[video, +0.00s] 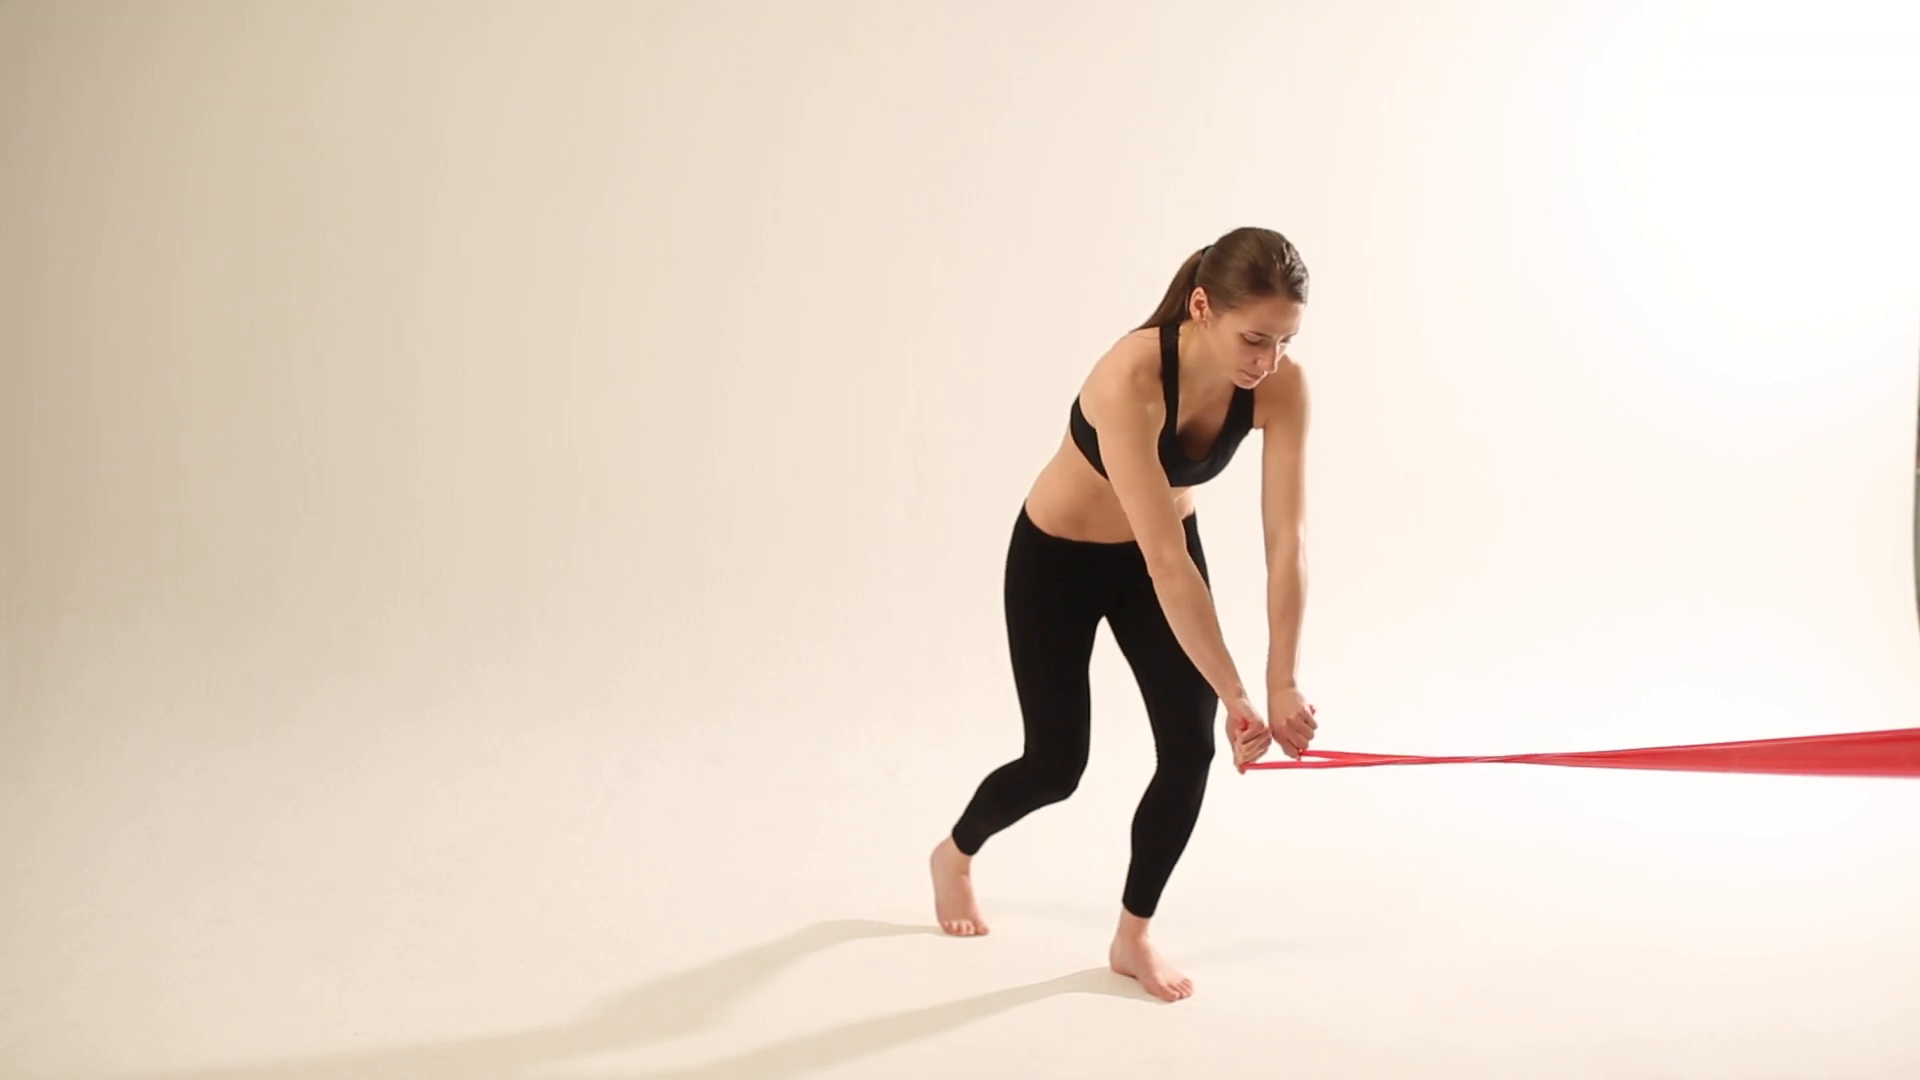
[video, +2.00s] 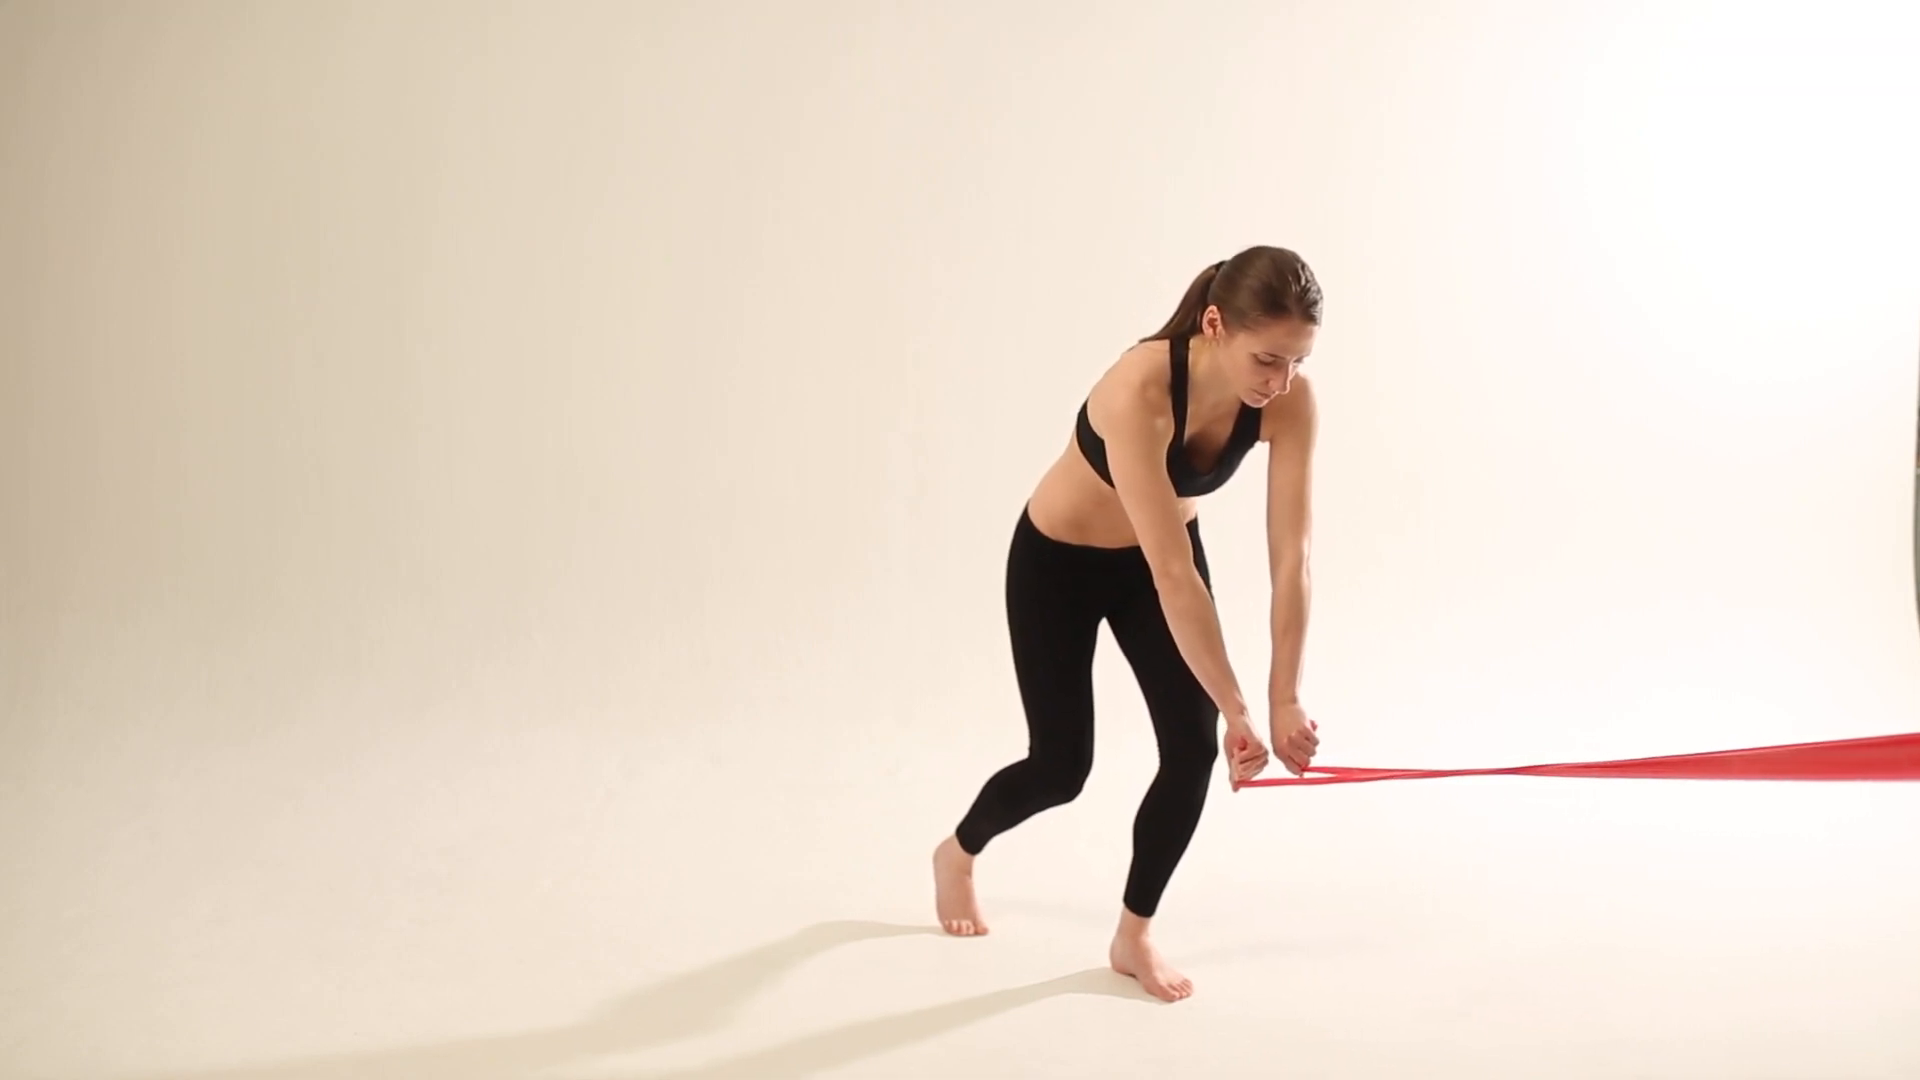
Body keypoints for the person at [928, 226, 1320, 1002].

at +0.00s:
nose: (1272, 359)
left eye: (1285, 340)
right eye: (1257, 338)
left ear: (1298, 321)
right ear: (1201, 309)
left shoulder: (1279, 384)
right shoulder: (1128, 378)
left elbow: (1285, 541)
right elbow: (1166, 562)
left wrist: (1282, 681)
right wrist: (1234, 695)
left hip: (1162, 557)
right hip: (1058, 558)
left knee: (1186, 753)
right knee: (1056, 764)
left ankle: (1132, 931)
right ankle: (954, 851)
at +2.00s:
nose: (1283, 379)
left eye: (1296, 361)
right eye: (1269, 358)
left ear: (1309, 343)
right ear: (1213, 326)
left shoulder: (1285, 401)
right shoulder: (1136, 390)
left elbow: (1291, 555)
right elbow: (1172, 574)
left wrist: (1284, 698)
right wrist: (1235, 710)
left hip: (1160, 558)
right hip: (1058, 560)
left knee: (1191, 750)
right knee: (1061, 766)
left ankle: (1133, 931)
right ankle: (957, 851)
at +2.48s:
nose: (1224, 315)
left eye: (1235, 296)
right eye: (1209, 293)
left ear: (1246, 285)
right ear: (1153, 268)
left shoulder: (1231, 347)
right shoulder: (1084, 350)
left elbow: (1252, 495)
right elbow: (1133, 517)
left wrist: (1262, 633)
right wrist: (1203, 642)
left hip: (1134, 554)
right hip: (1031, 556)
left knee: (1175, 739)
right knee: (1053, 762)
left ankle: (1133, 931)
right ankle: (971, 848)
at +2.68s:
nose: (1155, 265)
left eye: (1166, 246)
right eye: (1139, 243)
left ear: (1175, 241)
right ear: (1087, 226)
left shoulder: (1168, 309)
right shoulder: (1028, 318)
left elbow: (1199, 442)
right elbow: (1080, 468)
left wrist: (1221, 567)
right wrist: (1158, 582)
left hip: (1095, 544)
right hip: (995, 546)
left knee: (1147, 723)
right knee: (1031, 746)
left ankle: (1133, 929)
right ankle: (973, 856)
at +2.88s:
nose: (1076, 204)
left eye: (1088, 186)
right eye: (1062, 184)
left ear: (1097, 187)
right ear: (1011, 173)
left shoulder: (1092, 258)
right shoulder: (956, 264)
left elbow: (1150, 375)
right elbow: (983, 405)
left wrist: (1159, 467)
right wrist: (1093, 483)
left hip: (1043, 509)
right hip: (945, 513)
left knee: (1100, 696)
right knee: (988, 705)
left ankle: (1118, 897)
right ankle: (974, 873)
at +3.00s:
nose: (1040, 170)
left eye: (1050, 153)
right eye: (1025, 151)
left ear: (1056, 157)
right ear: (973, 147)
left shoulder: (1058, 235)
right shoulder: (922, 240)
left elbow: (1143, 334)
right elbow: (915, 381)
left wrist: (1132, 395)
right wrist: (1035, 414)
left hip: (1023, 492)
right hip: (925, 499)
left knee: (1076, 676)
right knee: (964, 690)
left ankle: (1033, 839)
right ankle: (971, 874)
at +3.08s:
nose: (1018, 153)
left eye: (1028, 137)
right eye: (1003, 135)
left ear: (1032, 140)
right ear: (951, 132)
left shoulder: (1038, 220)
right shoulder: (902, 228)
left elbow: (1136, 308)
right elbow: (874, 361)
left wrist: (1126, 349)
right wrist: (985, 368)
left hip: (1015, 484)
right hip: (918, 490)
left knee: (1051, 677)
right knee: (953, 682)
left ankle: (987, 786)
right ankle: (966, 871)